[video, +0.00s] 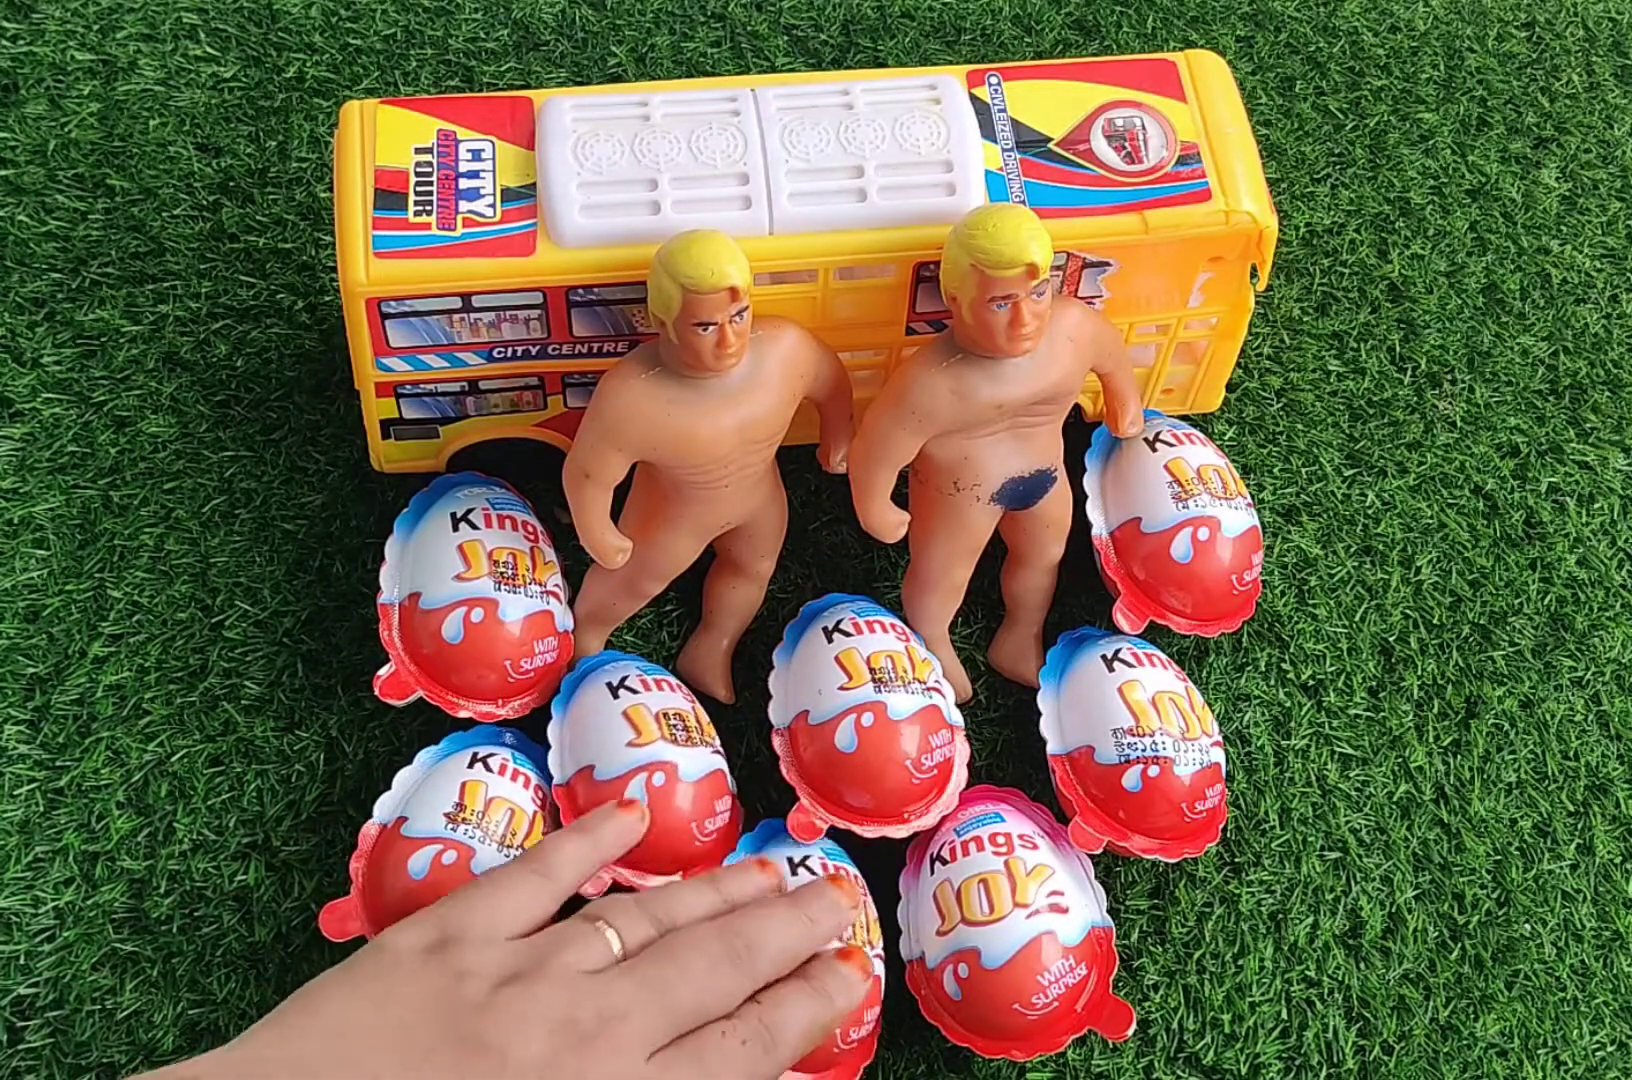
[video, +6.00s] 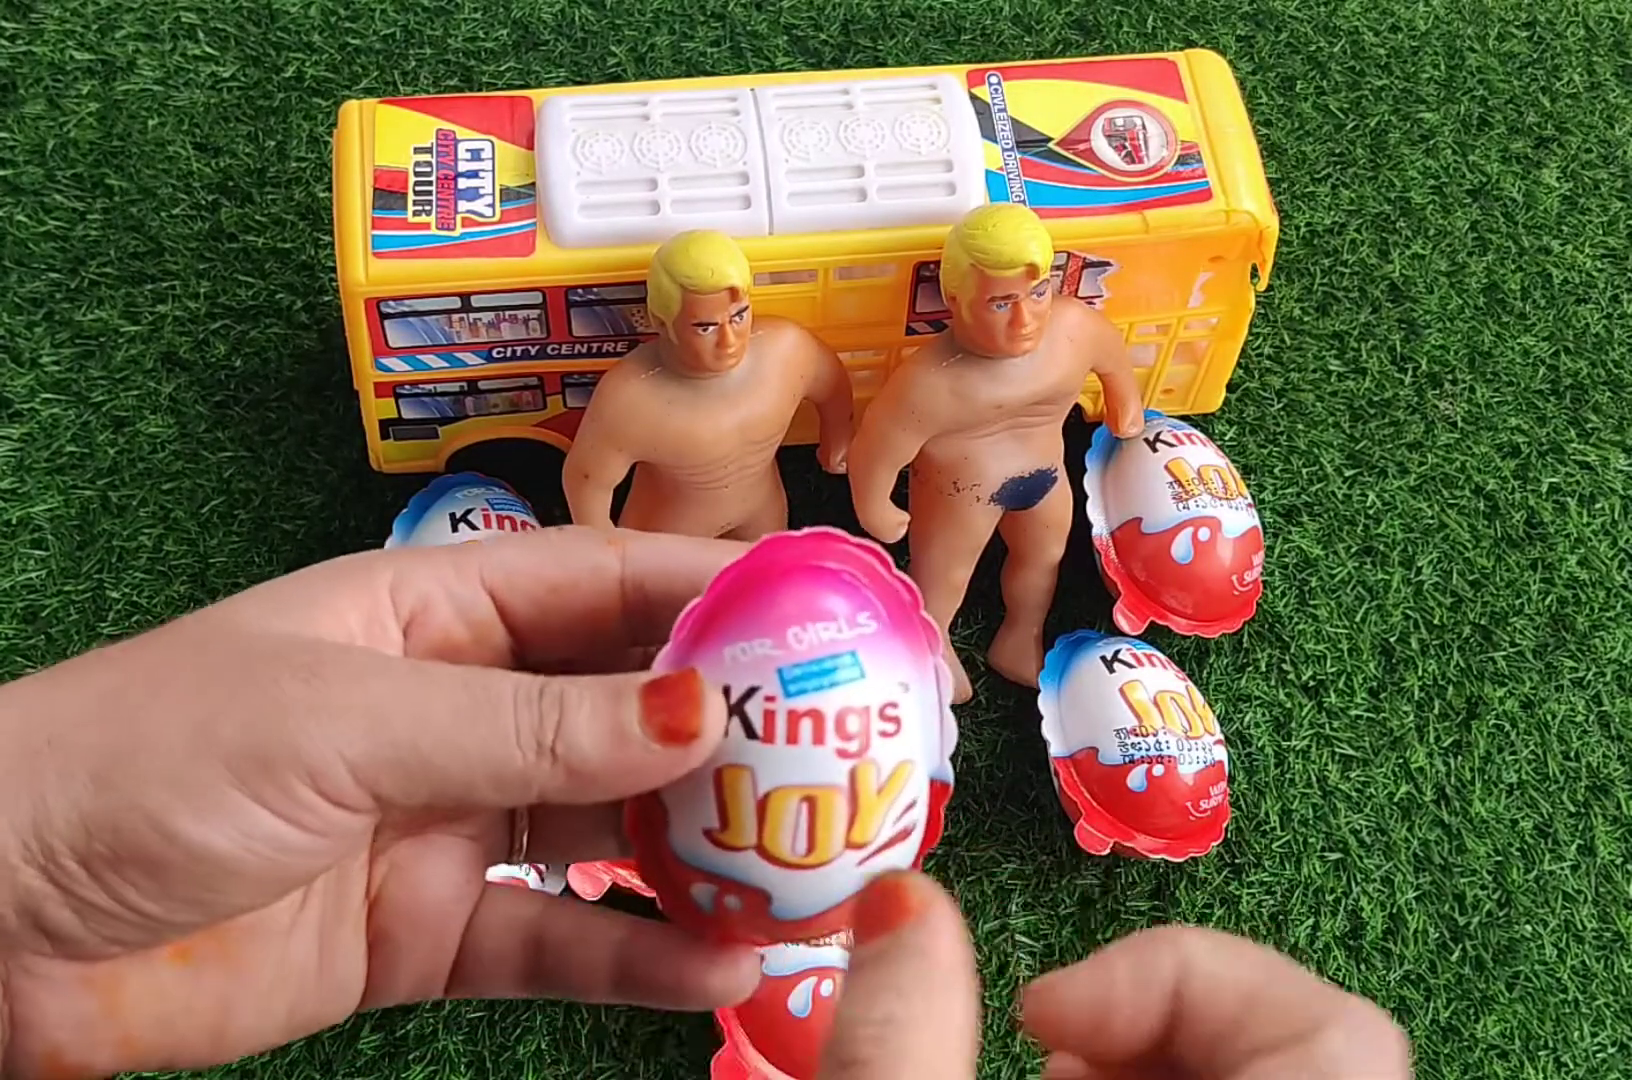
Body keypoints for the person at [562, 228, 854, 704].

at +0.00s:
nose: (728, 339)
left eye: (739, 316)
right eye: (705, 326)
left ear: (751, 301)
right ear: (661, 324)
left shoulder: (789, 349)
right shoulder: (629, 397)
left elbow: (834, 386)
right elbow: (587, 475)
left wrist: (837, 439)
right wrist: (601, 538)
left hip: (759, 497)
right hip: (672, 513)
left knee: (750, 573)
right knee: (631, 585)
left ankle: (712, 650)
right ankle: (589, 629)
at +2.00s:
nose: (729, 339)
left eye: (738, 316)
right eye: (705, 326)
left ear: (750, 303)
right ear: (662, 325)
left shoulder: (787, 350)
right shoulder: (628, 398)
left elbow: (833, 386)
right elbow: (586, 478)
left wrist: (836, 442)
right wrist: (601, 542)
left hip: (758, 502)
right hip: (670, 515)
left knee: (756, 587)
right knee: (637, 597)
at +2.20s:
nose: (728, 339)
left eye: (738, 315)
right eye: (705, 326)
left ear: (749, 301)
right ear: (663, 324)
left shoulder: (787, 350)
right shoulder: (628, 398)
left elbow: (833, 388)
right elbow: (585, 481)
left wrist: (835, 446)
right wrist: (606, 548)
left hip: (762, 540)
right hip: (665, 552)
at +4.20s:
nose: (728, 340)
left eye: (739, 316)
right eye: (704, 328)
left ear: (750, 302)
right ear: (663, 326)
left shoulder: (786, 350)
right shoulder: (626, 399)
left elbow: (832, 390)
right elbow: (585, 480)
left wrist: (833, 448)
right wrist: (602, 558)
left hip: (756, 516)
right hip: (666, 530)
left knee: (749, 619)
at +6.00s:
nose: (728, 340)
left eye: (739, 316)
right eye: (704, 326)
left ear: (750, 299)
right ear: (661, 322)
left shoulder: (786, 349)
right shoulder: (627, 397)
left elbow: (832, 388)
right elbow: (585, 479)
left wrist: (835, 441)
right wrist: (603, 556)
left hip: (759, 522)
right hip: (665, 538)